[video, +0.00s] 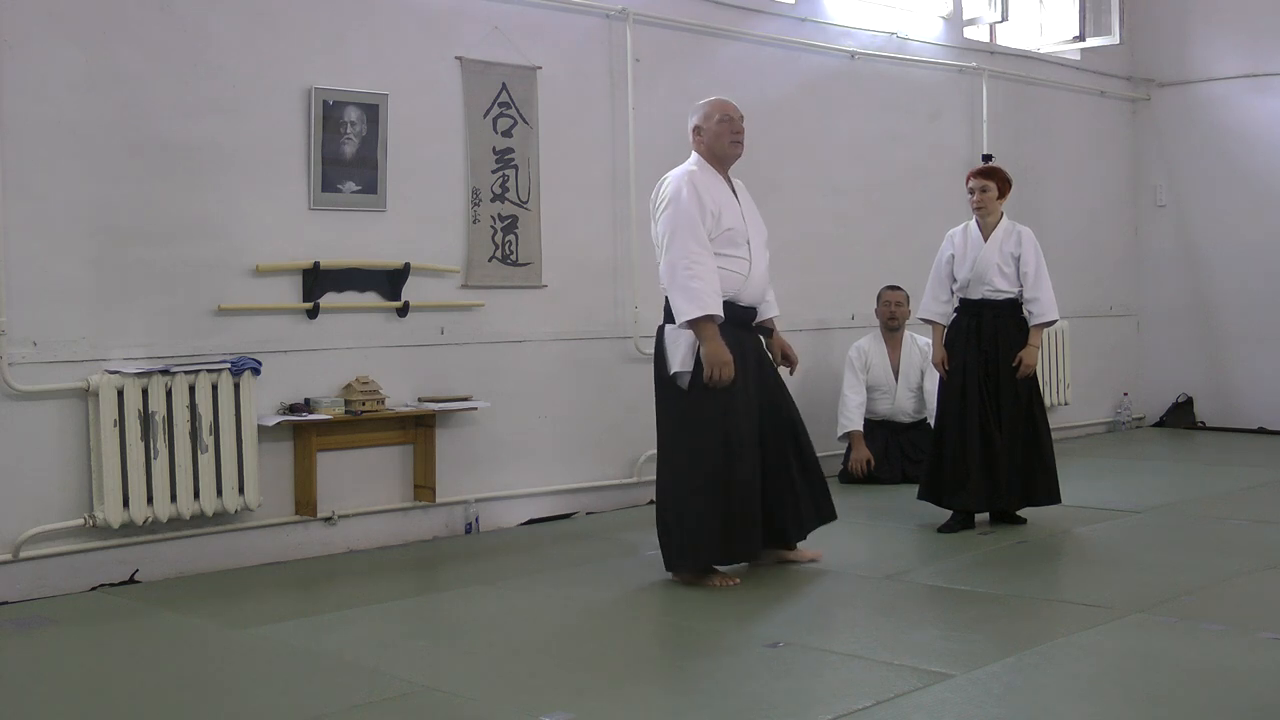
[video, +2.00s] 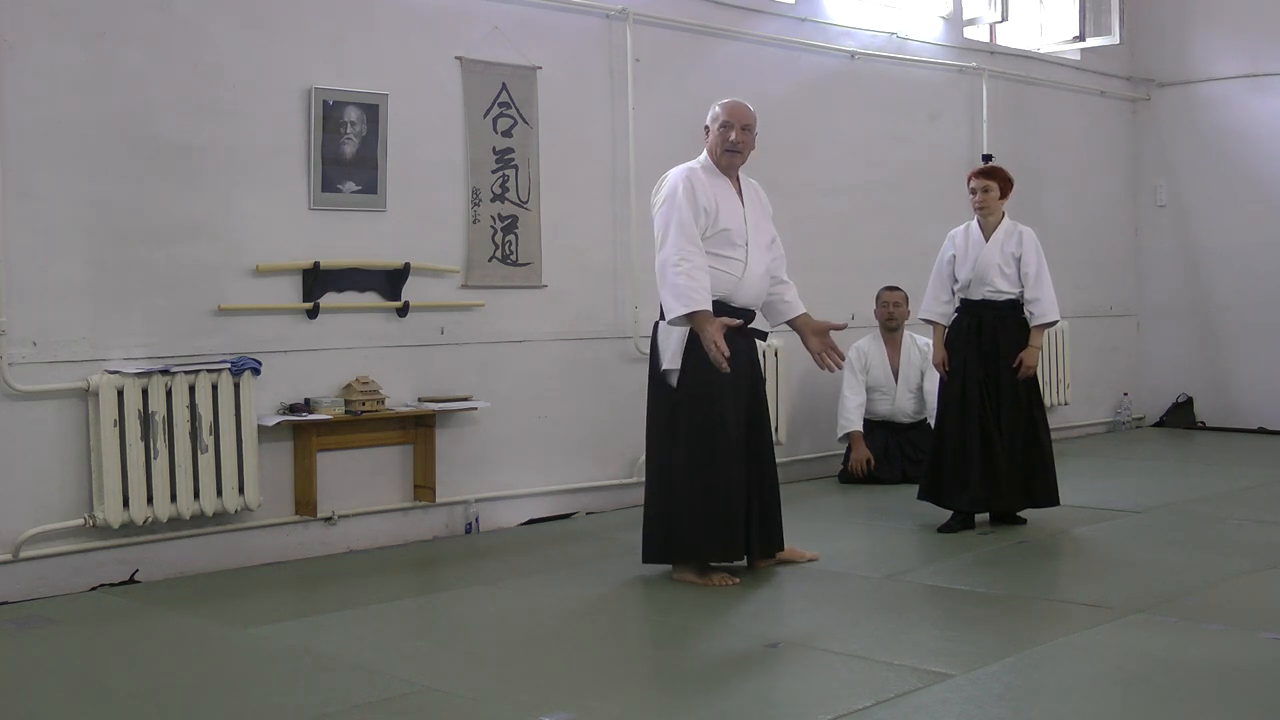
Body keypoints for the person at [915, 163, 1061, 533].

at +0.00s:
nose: (977, 197)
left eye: (985, 191)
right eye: (972, 192)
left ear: (1001, 194)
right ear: (968, 197)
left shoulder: (1020, 236)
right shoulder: (956, 237)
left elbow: (1038, 293)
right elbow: (940, 291)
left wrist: (1033, 344)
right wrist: (937, 342)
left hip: (1008, 330)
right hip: (965, 330)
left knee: (1008, 414)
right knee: (962, 415)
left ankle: (1003, 506)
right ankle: (963, 509)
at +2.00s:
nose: (978, 197)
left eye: (986, 191)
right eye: (973, 192)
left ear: (1003, 195)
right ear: (969, 197)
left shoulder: (1022, 236)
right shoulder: (957, 237)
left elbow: (1039, 293)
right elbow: (940, 291)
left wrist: (1034, 345)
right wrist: (938, 342)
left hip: (1009, 331)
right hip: (966, 332)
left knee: (1009, 415)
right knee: (962, 416)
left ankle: (1004, 506)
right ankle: (963, 509)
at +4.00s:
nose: (981, 199)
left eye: (989, 192)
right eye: (976, 193)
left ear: (1006, 197)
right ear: (972, 198)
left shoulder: (1024, 238)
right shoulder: (960, 239)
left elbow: (1041, 295)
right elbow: (944, 292)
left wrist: (1036, 346)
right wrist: (940, 342)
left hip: (1011, 331)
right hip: (969, 332)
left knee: (1011, 415)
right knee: (964, 416)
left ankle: (1007, 506)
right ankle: (963, 509)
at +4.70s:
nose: (977, 206)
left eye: (985, 200)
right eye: (973, 200)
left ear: (1004, 202)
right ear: (969, 203)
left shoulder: (1024, 244)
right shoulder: (960, 243)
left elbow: (1046, 298)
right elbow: (932, 287)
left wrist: (1007, 309)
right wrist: (910, 300)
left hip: (1010, 338)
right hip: (967, 336)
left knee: (1009, 419)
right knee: (953, 417)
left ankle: (1007, 507)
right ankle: (936, 507)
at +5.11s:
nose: (940, 208)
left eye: (948, 201)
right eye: (935, 201)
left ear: (966, 205)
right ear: (930, 206)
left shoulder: (985, 248)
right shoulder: (921, 243)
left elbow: (999, 304)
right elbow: (890, 277)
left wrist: (960, 307)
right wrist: (860, 297)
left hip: (969, 344)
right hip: (925, 345)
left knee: (979, 423)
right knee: (913, 426)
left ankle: (986, 509)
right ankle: (894, 515)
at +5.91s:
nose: (909, 213)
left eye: (917, 206)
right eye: (902, 207)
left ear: (932, 210)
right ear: (896, 212)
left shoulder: (950, 252)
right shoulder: (890, 249)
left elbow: (970, 307)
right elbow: (862, 274)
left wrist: (934, 323)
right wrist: (834, 298)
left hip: (942, 347)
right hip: (901, 348)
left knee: (953, 426)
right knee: (903, 432)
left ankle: (956, 513)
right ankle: (896, 521)